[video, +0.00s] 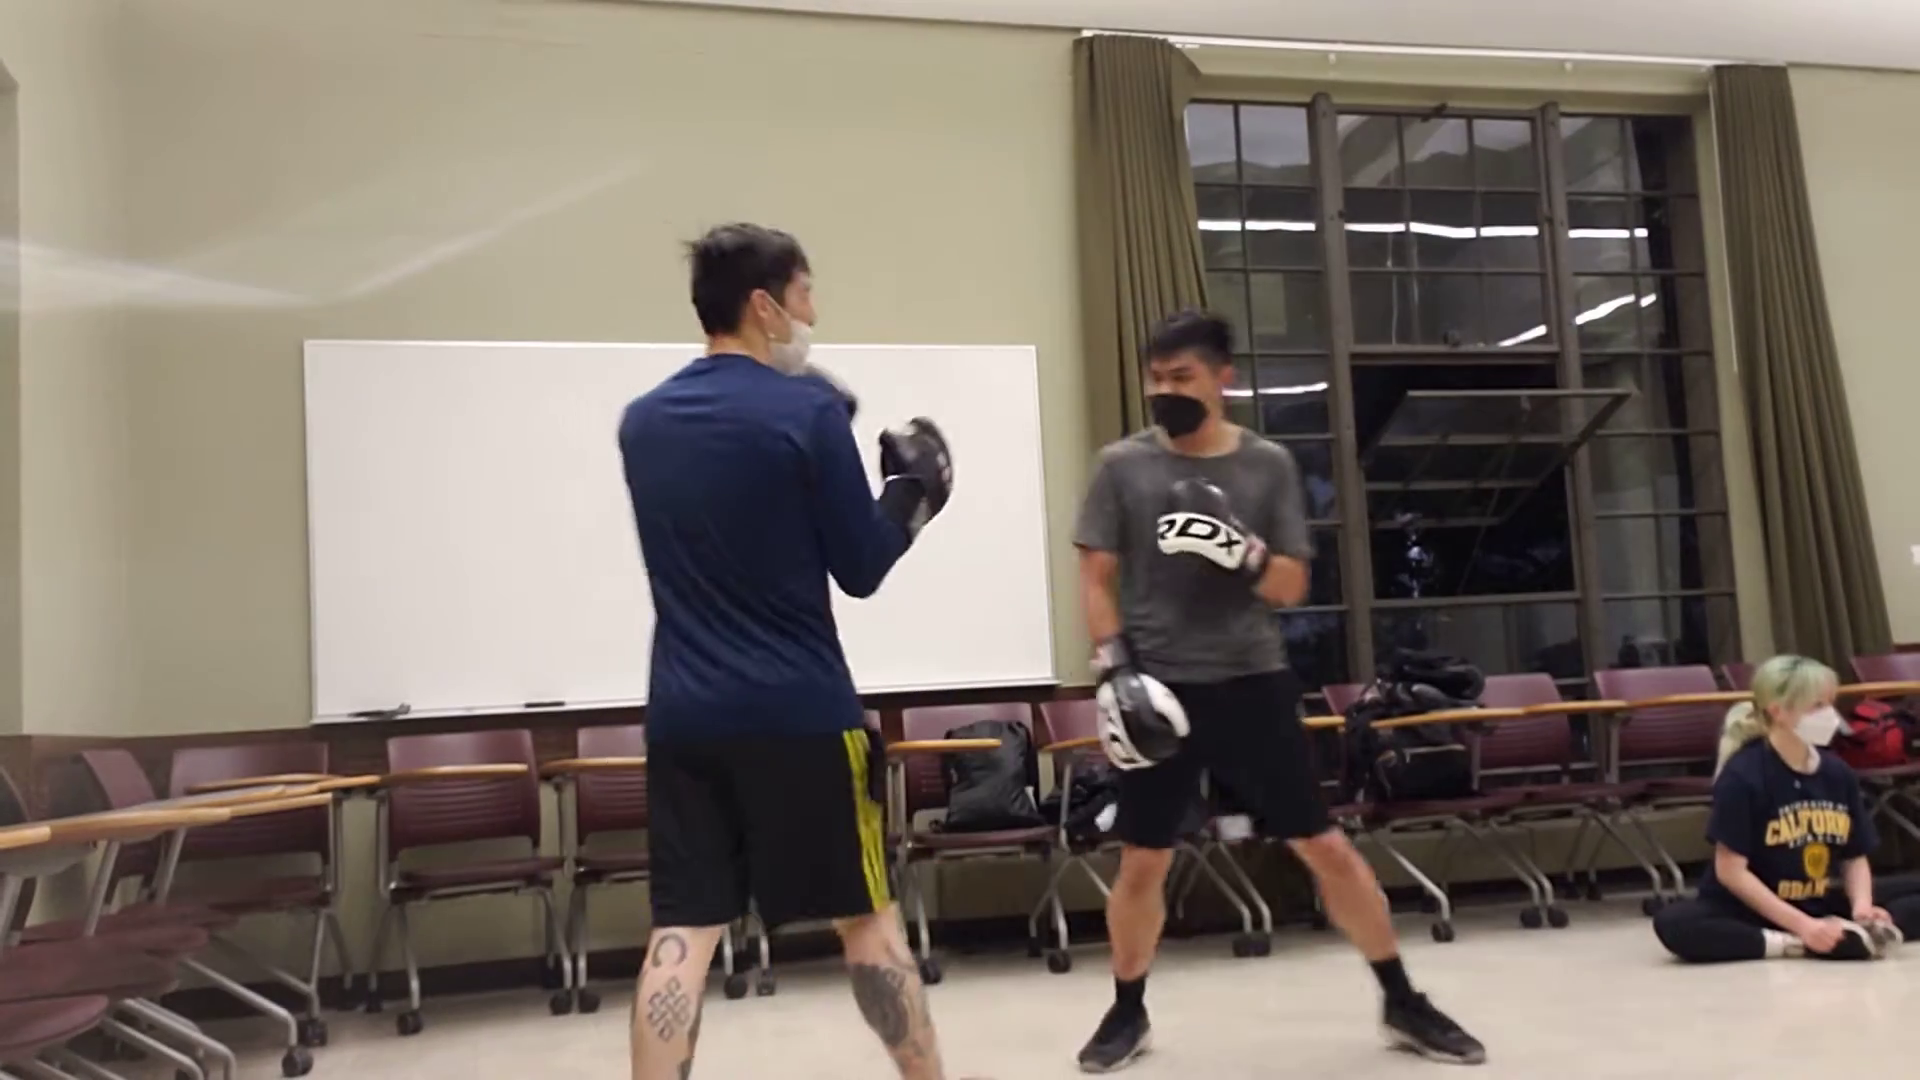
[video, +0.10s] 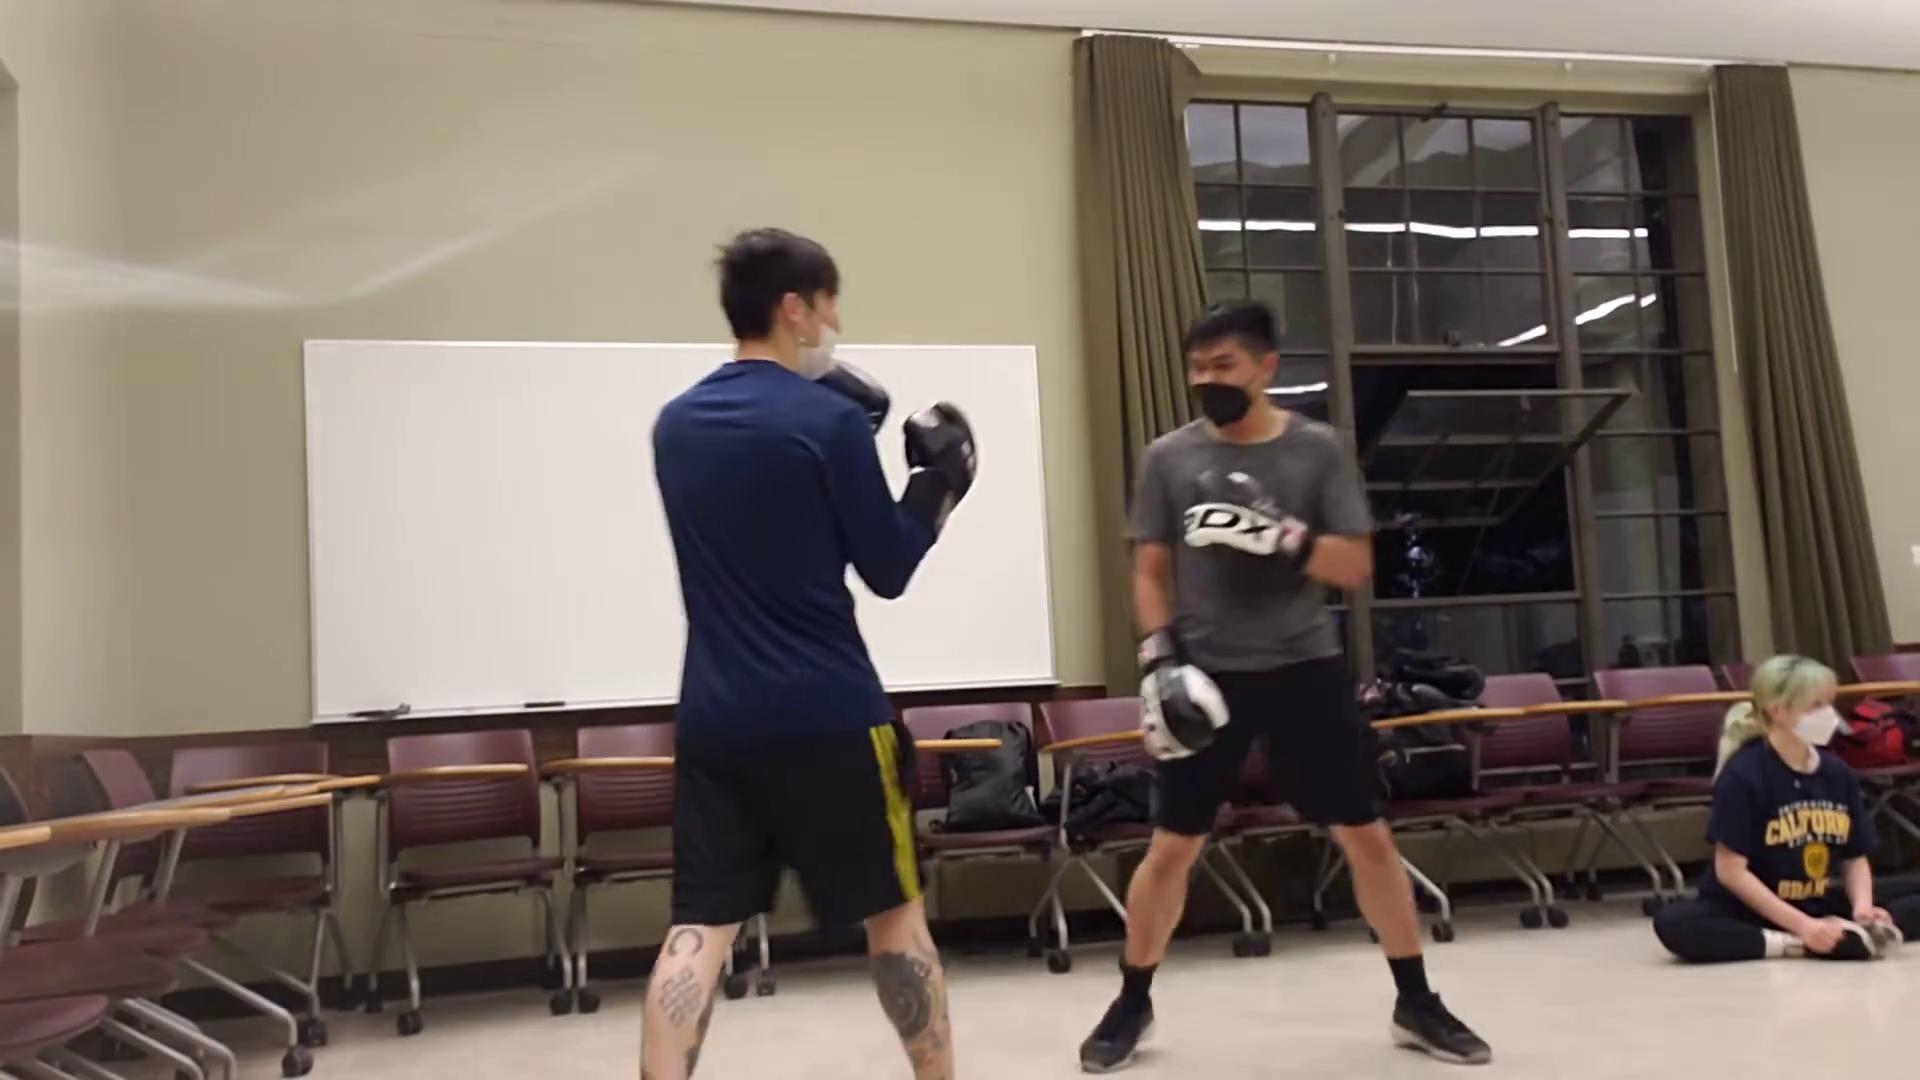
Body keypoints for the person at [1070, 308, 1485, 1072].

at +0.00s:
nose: (1167, 394)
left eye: (1182, 379)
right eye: (1156, 381)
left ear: (1224, 377)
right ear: (1145, 384)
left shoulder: (1268, 464)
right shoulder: (1121, 468)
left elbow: (1292, 586)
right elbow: (1096, 577)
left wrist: (1241, 550)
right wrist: (1114, 670)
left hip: (1254, 687)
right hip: (1158, 689)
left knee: (1321, 844)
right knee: (1140, 865)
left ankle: (1401, 999)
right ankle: (1126, 1012)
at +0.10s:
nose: (1210, 382)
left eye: (1224, 366)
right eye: (1199, 370)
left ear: (1267, 364)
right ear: (1189, 374)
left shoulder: (1321, 450)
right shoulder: (1167, 459)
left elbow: (1355, 569)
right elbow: (1150, 571)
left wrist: (1284, 536)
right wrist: (1161, 659)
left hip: (1307, 674)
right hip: (1206, 676)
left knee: (1367, 833)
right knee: (1170, 847)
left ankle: (1417, 1000)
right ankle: (1131, 1002)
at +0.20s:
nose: (1247, 368)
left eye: (1262, 351)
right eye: (1235, 356)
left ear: (1305, 348)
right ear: (1225, 360)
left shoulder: (1358, 428)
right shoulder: (1207, 442)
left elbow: (1406, 540)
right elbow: (1196, 554)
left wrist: (1327, 514)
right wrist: (1203, 641)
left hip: (1348, 655)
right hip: (1248, 659)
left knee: (1390, 820)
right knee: (1202, 825)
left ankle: (1419, 995)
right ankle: (1160, 993)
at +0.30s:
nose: (1274, 368)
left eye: (1289, 351)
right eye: (1263, 354)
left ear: (1332, 345)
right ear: (1251, 354)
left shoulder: (1388, 422)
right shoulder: (1237, 440)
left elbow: (1435, 538)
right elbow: (1221, 552)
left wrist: (1362, 512)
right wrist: (1230, 636)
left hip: (1374, 654)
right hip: (1272, 657)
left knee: (1403, 821)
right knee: (1235, 822)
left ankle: (1421, 1000)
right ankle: (1213, 998)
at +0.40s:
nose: (1292, 370)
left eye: (1306, 352)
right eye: (1281, 357)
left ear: (1349, 346)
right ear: (1272, 361)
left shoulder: (1412, 426)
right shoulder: (1261, 440)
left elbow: (1453, 543)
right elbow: (1249, 553)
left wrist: (1382, 515)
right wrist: (1249, 641)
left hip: (1395, 657)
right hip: (1295, 660)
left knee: (1417, 826)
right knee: (1269, 826)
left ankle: (1423, 1003)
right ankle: (1251, 1007)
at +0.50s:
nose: (1303, 367)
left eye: (1316, 349)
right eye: (1292, 354)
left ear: (1360, 340)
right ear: (1284, 355)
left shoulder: (1423, 413)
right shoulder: (1277, 430)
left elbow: (1460, 529)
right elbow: (1266, 544)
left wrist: (1384, 496)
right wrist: (1262, 626)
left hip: (1410, 651)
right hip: (1310, 652)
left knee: (1423, 823)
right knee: (1289, 822)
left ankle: (1425, 1000)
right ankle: (1281, 1004)